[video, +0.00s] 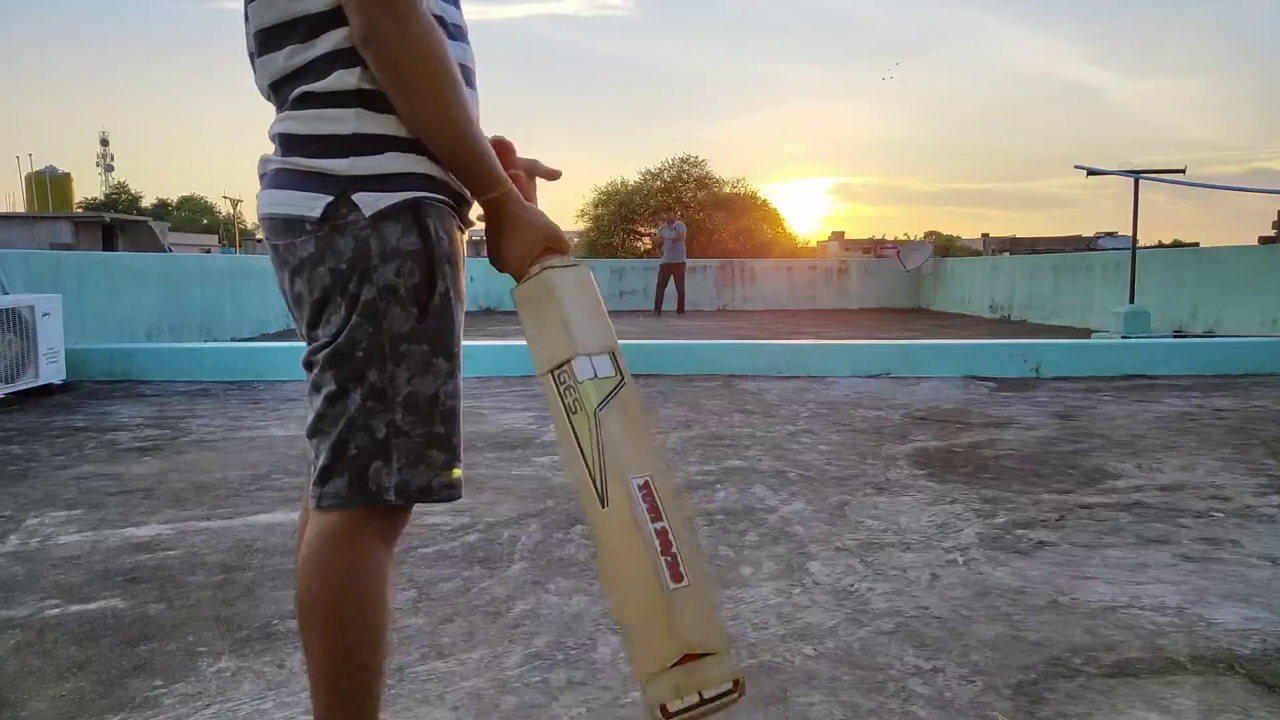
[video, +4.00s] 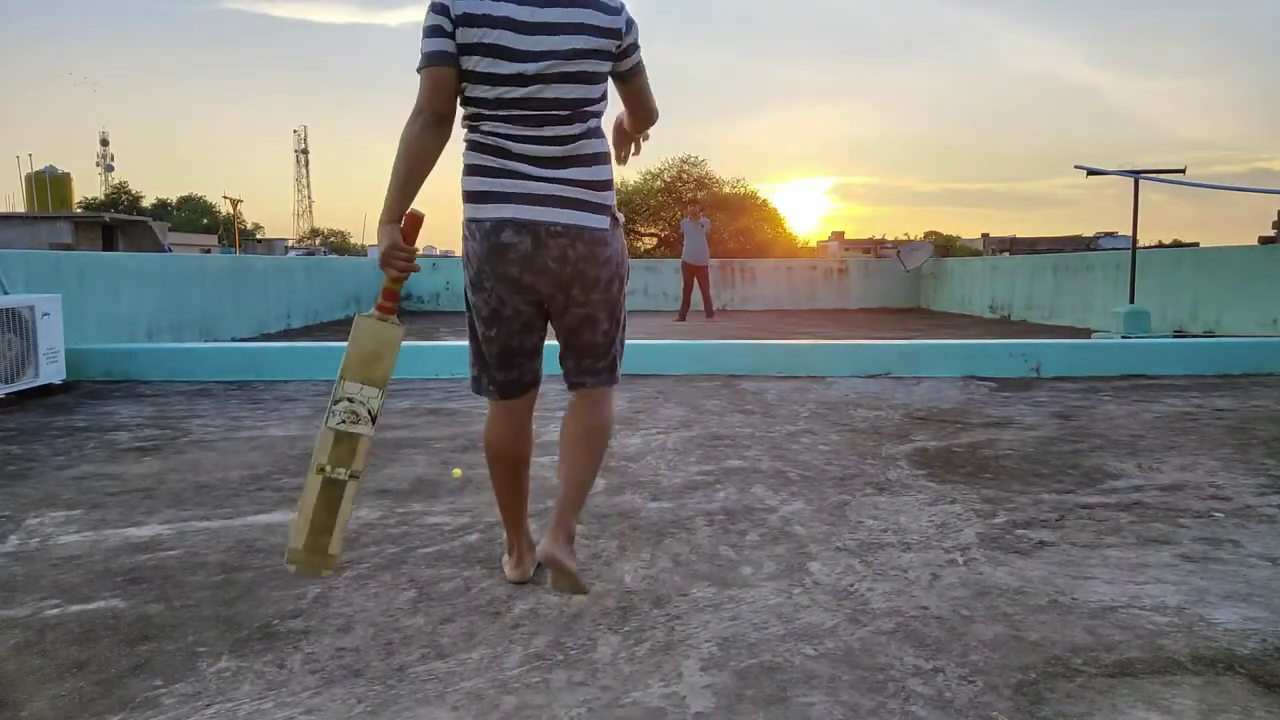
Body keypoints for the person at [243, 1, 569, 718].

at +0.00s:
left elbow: (352, 63)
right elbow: (385, 23)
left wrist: (473, 150)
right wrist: (501, 200)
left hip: (331, 204)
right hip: (375, 206)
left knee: (345, 497)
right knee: (364, 505)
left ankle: (343, 705)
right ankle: (347, 708)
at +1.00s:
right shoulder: (502, 3)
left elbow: (430, 186)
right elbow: (445, 190)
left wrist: (448, 338)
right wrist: (464, 351)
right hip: (295, 225)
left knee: (433, 474)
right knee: (455, 481)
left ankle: (407, 694)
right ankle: (400, 705)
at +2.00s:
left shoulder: (500, 14)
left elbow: (562, 166)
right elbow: (563, 40)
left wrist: (649, 230)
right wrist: (632, 185)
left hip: (345, 237)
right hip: (436, 236)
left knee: (506, 463)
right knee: (513, 495)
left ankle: (548, 658)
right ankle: (423, 710)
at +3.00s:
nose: (725, 13)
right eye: (727, 9)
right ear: (718, 1)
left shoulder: (583, 1)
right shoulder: (715, 57)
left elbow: (551, 100)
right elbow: (665, 163)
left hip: (516, 222)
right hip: (613, 238)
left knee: (520, 395)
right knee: (634, 399)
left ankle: (526, 558)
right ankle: (636, 571)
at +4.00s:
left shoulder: (455, 9)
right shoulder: (606, 11)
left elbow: (433, 116)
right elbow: (643, 110)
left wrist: (389, 219)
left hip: (497, 223)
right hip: (589, 224)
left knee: (510, 391)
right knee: (593, 381)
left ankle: (517, 547)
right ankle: (561, 534)